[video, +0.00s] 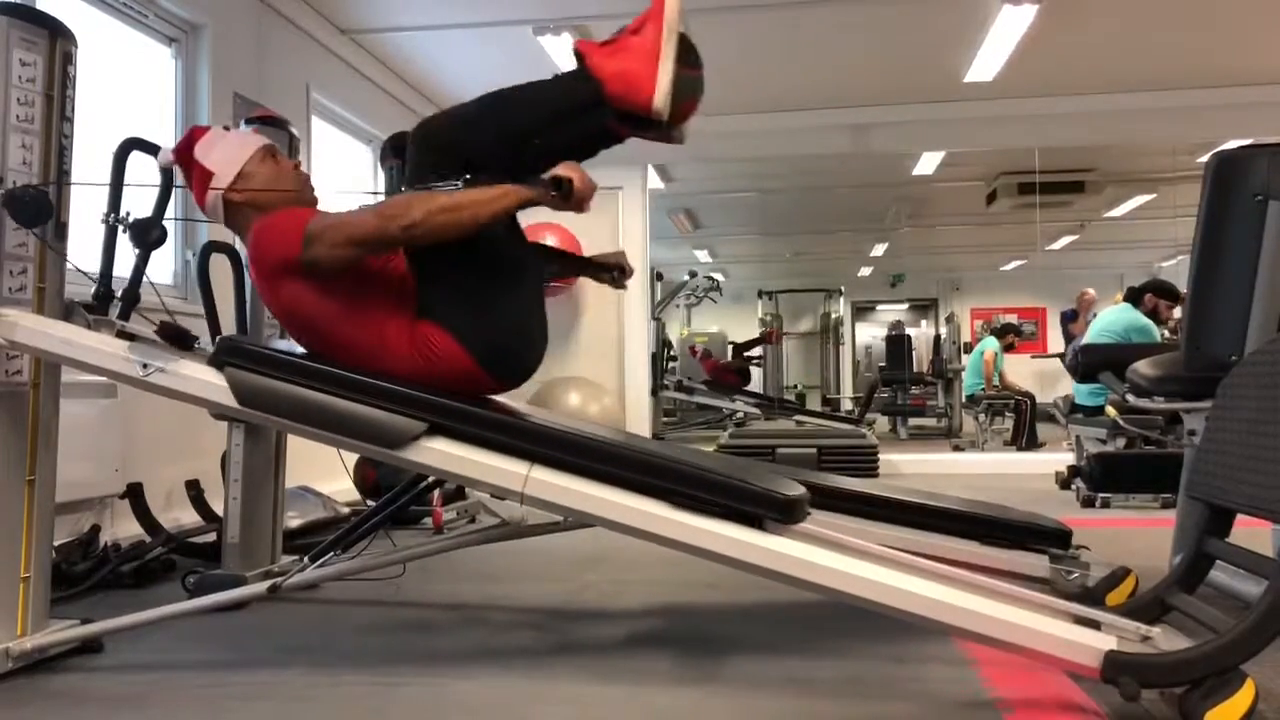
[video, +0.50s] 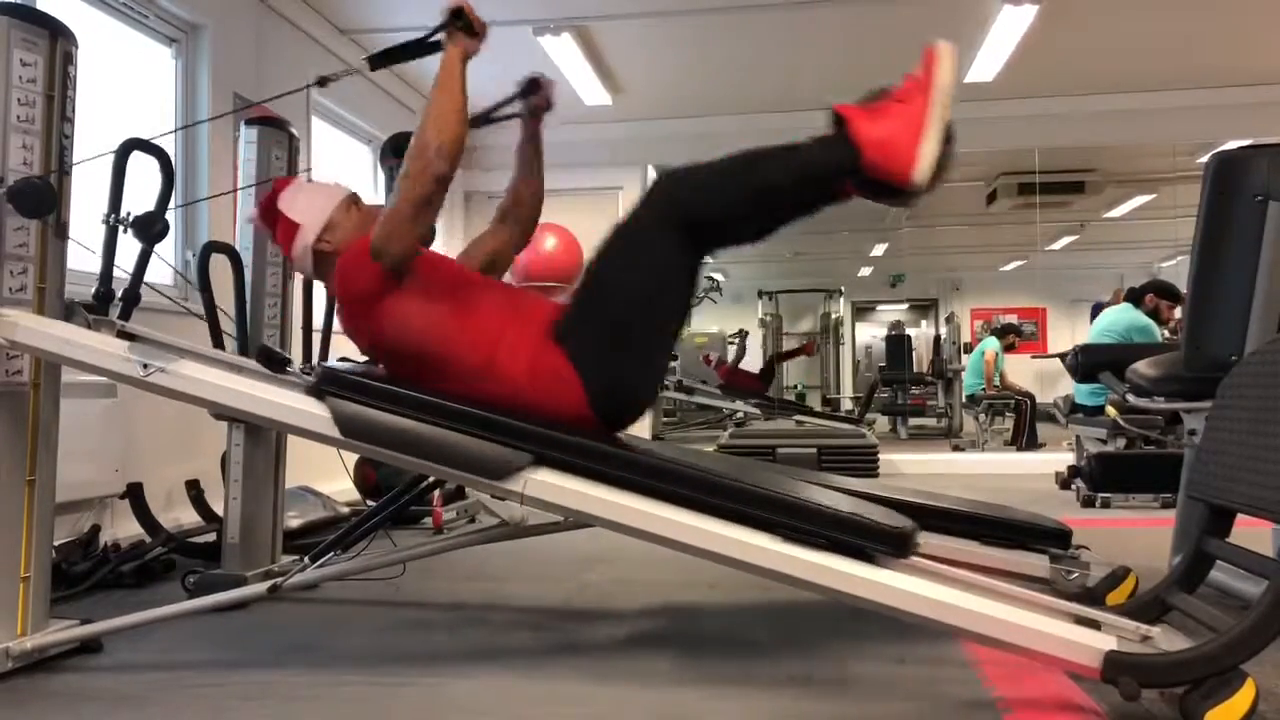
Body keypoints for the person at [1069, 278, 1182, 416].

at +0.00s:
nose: (1171, 316)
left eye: (1173, 309)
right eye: (1168, 308)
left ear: (1148, 300)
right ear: (1149, 300)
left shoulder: (1110, 312)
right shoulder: (1143, 325)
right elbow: (1158, 370)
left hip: (1082, 396)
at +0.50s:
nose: (1172, 316)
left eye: (1174, 309)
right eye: (1170, 308)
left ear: (1149, 300)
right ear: (1150, 300)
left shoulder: (1111, 311)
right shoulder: (1144, 325)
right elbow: (1159, 370)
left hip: (1082, 396)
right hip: (1102, 400)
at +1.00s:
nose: (1175, 318)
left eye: (1177, 311)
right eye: (1173, 309)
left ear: (1153, 301)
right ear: (1154, 301)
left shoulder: (1116, 312)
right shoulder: (1147, 325)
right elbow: (1159, 371)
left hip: (1083, 397)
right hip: (1104, 401)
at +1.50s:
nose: (1175, 319)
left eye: (1177, 312)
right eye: (1173, 310)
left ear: (1153, 302)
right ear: (1154, 302)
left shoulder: (1116, 312)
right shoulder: (1146, 325)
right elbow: (1160, 370)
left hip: (1083, 397)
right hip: (1102, 401)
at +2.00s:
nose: (1174, 319)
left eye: (1176, 311)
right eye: (1173, 310)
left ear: (1153, 302)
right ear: (1154, 302)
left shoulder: (1118, 311)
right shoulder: (1145, 325)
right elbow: (1160, 371)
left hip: (1082, 396)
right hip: (1101, 401)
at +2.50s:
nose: (1175, 318)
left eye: (1176, 311)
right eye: (1173, 309)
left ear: (1153, 302)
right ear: (1155, 302)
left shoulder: (1118, 311)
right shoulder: (1146, 325)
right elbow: (1160, 371)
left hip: (1084, 397)